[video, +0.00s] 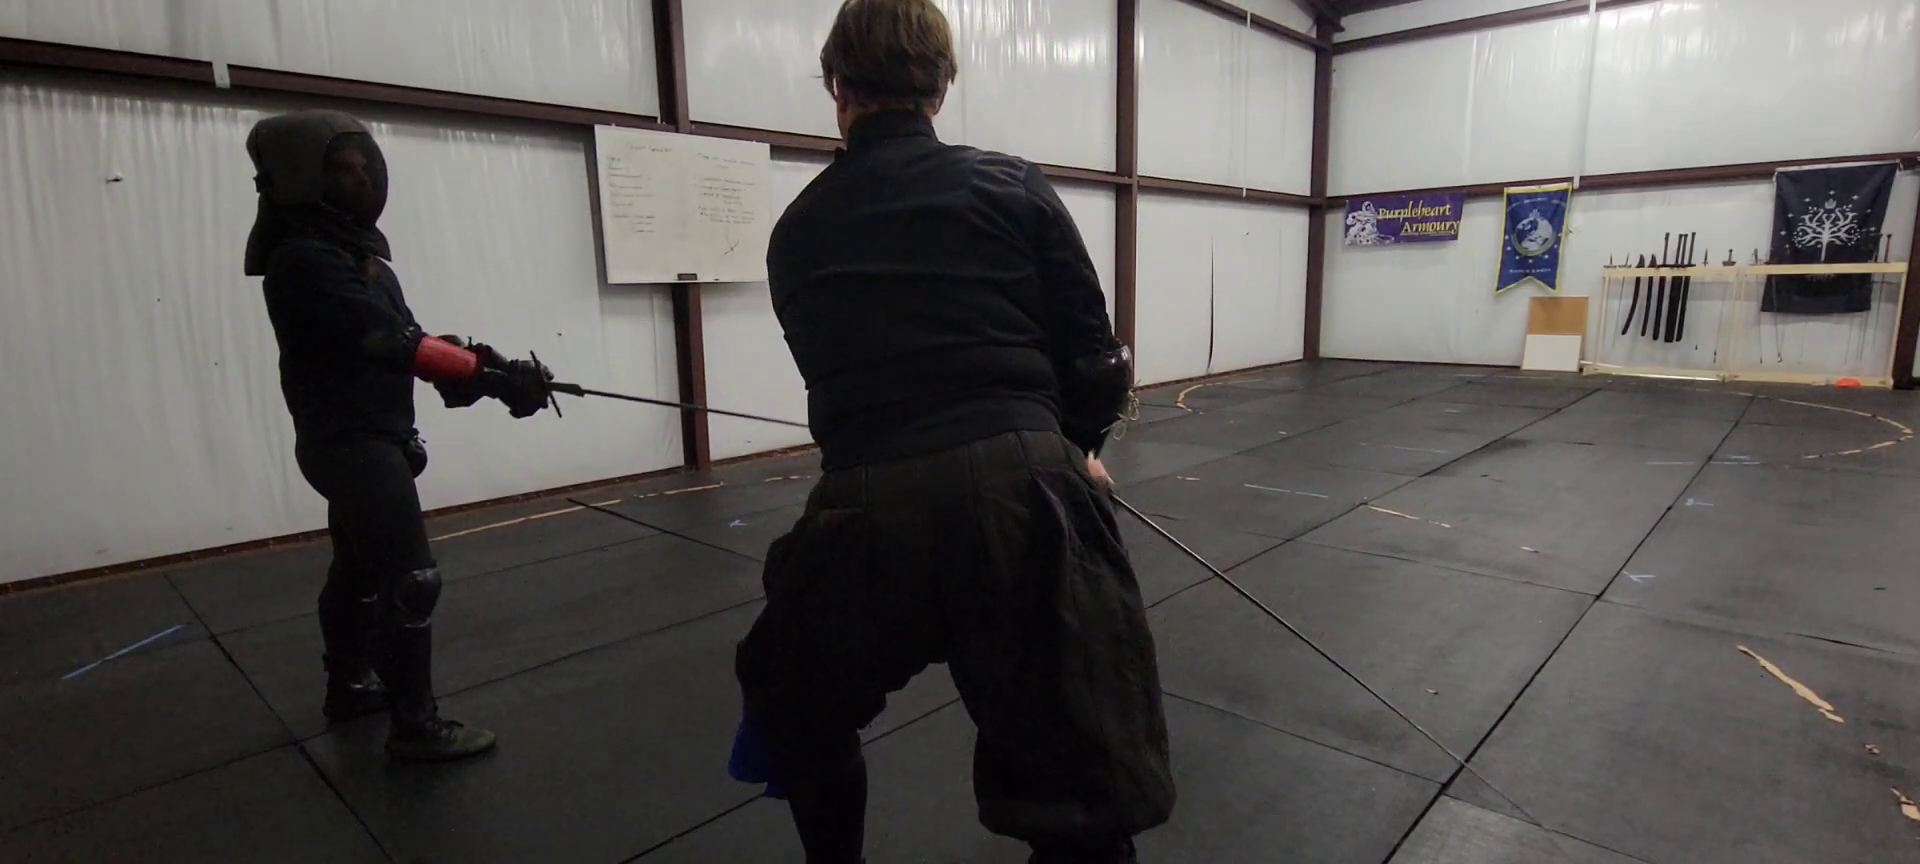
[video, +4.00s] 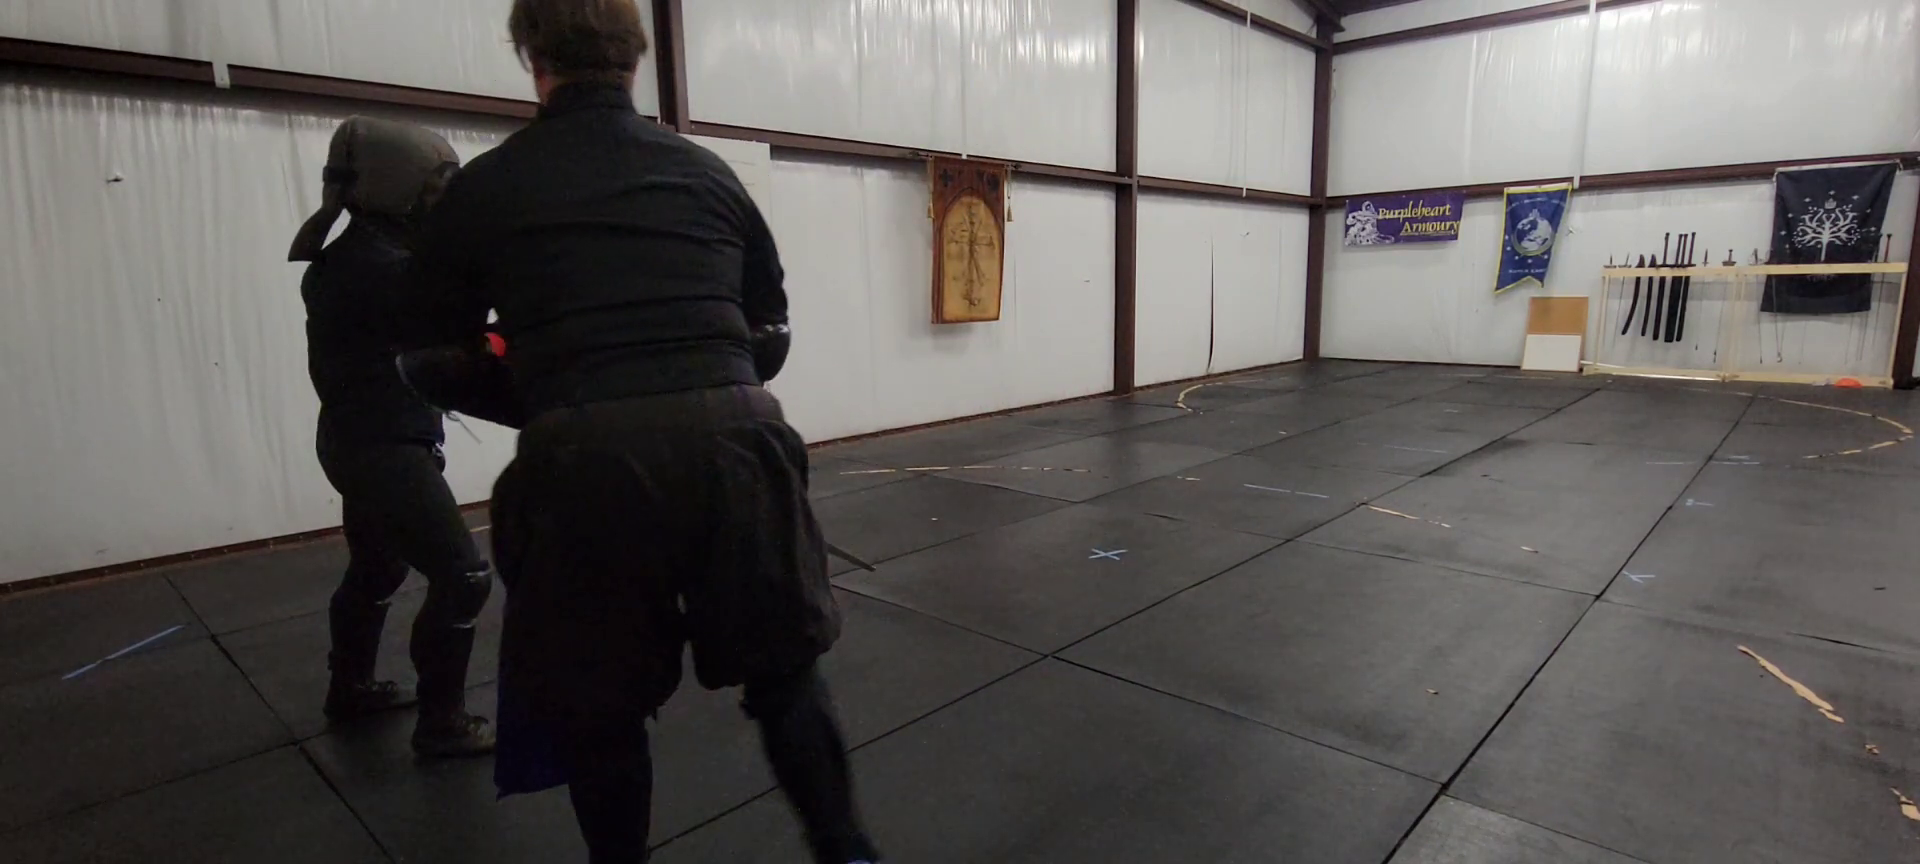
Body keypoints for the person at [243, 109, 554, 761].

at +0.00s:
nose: (368, 178)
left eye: (371, 165)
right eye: (350, 167)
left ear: (375, 172)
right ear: (311, 179)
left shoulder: (350, 246)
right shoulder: (304, 258)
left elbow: (393, 336)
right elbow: (381, 341)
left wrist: (466, 361)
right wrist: (493, 374)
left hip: (375, 441)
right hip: (352, 446)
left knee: (359, 571)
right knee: (409, 580)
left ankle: (349, 689)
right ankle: (416, 725)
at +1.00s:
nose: (363, 183)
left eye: (365, 170)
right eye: (346, 172)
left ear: (367, 176)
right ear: (311, 182)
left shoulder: (347, 245)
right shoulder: (292, 256)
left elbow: (388, 333)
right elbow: (360, 342)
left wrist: (462, 358)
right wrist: (473, 355)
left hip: (375, 439)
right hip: (344, 445)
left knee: (358, 569)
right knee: (392, 581)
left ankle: (350, 688)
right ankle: (410, 724)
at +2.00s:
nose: (355, 181)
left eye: (361, 169)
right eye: (339, 169)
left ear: (371, 179)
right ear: (308, 179)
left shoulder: (350, 245)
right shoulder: (292, 254)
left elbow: (393, 328)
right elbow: (364, 334)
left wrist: (466, 349)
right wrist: (478, 345)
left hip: (376, 439)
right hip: (343, 444)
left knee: (359, 569)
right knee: (392, 582)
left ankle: (349, 688)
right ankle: (411, 723)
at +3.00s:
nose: (375, 176)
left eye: (378, 165)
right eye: (360, 165)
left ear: (382, 174)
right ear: (324, 176)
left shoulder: (349, 249)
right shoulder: (319, 256)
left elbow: (378, 357)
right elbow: (377, 348)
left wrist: (401, 438)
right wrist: (440, 371)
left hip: (371, 440)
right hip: (354, 445)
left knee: (358, 568)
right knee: (393, 573)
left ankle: (350, 687)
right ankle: (413, 718)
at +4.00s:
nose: (448, 202)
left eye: (448, 187)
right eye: (440, 188)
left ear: (365, 190)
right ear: (411, 192)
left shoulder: (331, 264)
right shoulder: (399, 268)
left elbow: (333, 370)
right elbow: (447, 366)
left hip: (349, 443)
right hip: (393, 449)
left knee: (373, 571)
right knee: (462, 579)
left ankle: (350, 688)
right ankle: (442, 722)